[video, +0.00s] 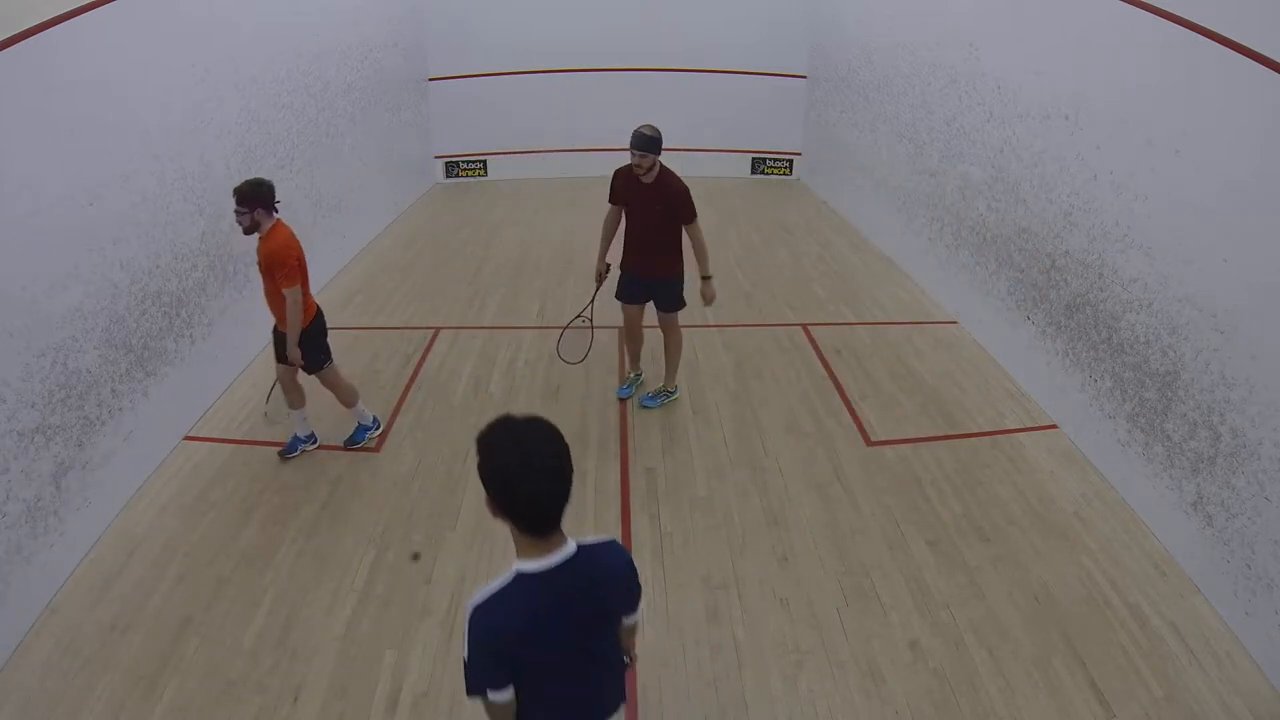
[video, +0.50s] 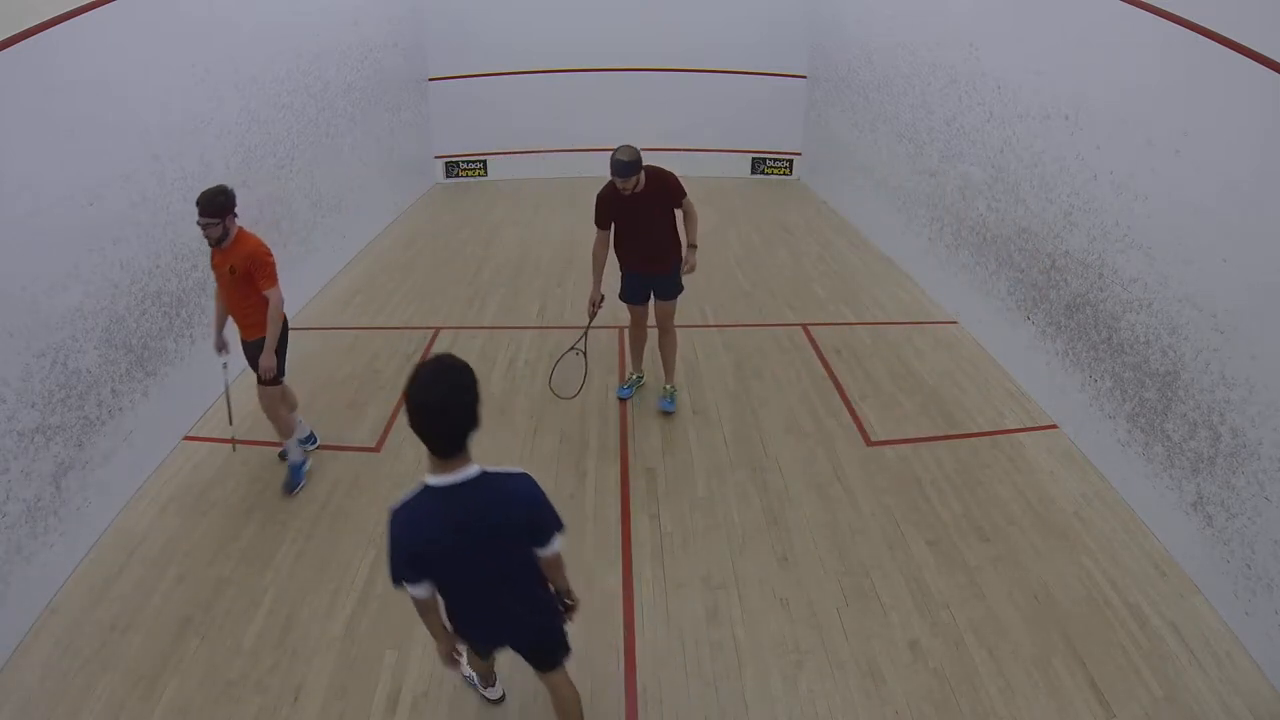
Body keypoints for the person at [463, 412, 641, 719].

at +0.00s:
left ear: (492, 507)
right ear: (568, 482)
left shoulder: (490, 614)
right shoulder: (613, 560)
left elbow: (501, 709)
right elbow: (628, 628)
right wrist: (626, 654)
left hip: (541, 712)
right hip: (609, 705)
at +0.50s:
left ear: (413, 424)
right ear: (476, 415)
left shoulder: (409, 519)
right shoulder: (518, 488)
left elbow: (423, 599)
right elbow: (550, 558)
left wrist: (442, 639)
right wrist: (565, 594)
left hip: (473, 621)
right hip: (530, 609)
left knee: (481, 656)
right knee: (558, 679)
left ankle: (489, 688)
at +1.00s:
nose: (438, 364)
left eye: (436, 355)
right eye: (437, 357)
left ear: (382, 367)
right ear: (430, 370)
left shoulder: (367, 438)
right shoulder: (459, 435)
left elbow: (369, 500)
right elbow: (495, 510)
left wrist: (408, 505)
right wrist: (516, 551)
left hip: (425, 554)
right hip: (474, 543)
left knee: (463, 618)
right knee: (484, 579)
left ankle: (487, 683)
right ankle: (492, 615)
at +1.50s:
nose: (446, 314)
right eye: (445, 308)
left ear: (398, 315)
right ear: (441, 319)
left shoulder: (377, 371)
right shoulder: (460, 374)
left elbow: (377, 443)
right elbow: (483, 439)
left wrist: (423, 469)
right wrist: (496, 473)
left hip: (415, 481)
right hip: (462, 476)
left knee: (425, 528)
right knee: (469, 530)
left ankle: (453, 593)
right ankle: (478, 582)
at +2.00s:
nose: (418, 287)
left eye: (416, 280)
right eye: (416, 281)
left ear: (376, 290)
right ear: (406, 291)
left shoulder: (365, 340)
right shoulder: (430, 337)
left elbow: (367, 399)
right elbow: (458, 393)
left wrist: (375, 437)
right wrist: (468, 414)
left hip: (402, 436)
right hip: (440, 433)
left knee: (416, 485)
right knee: (457, 505)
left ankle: (426, 523)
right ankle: (476, 573)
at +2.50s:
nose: (402, 256)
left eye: (400, 249)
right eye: (398, 251)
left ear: (363, 261)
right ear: (385, 261)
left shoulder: (348, 303)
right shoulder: (401, 308)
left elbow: (350, 353)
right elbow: (425, 367)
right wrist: (443, 405)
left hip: (380, 405)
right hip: (414, 399)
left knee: (406, 462)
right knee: (435, 448)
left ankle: (425, 521)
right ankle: (448, 499)